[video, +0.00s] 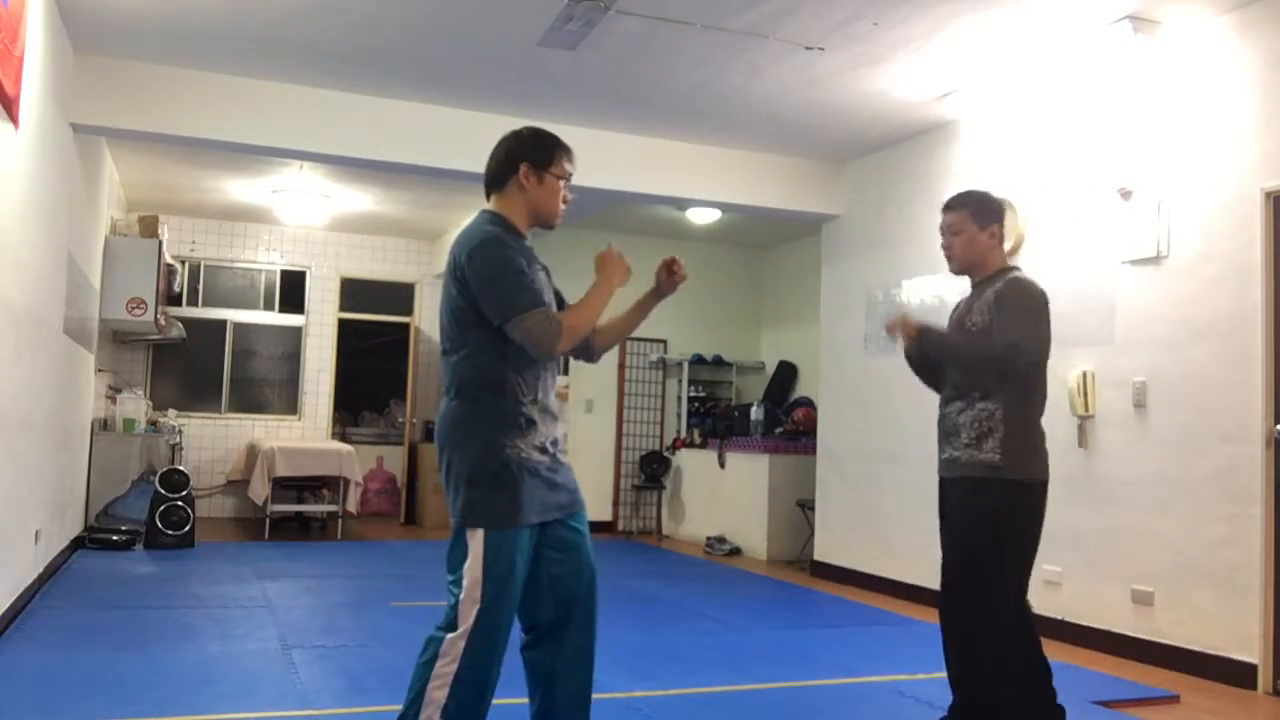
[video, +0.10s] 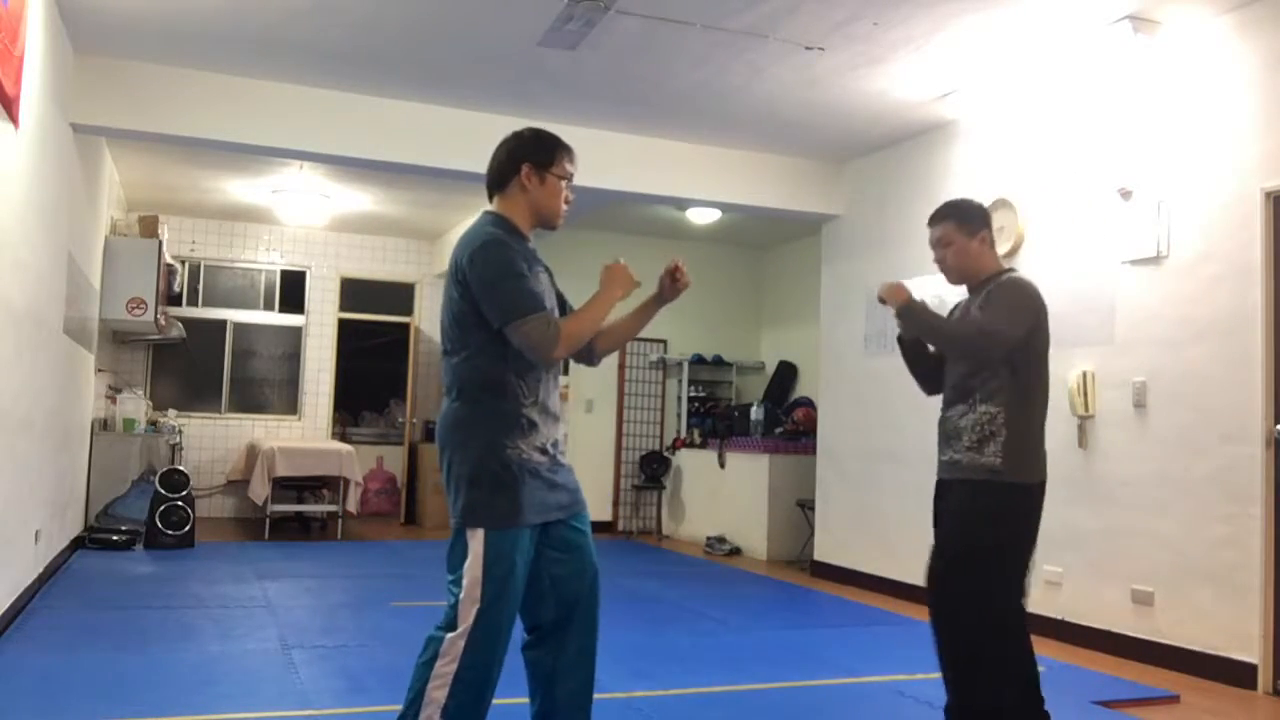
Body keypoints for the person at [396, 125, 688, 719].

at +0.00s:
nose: (569, 194)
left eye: (570, 183)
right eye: (562, 179)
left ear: (527, 180)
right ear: (526, 176)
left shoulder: (527, 258)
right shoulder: (489, 243)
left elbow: (589, 343)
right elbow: (548, 336)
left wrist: (652, 296)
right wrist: (607, 284)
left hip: (543, 458)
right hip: (494, 458)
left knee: (567, 606)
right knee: (476, 623)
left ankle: (562, 715)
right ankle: (431, 715)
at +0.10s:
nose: (571, 194)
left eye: (572, 183)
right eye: (564, 179)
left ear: (529, 180)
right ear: (527, 176)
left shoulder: (529, 259)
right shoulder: (491, 245)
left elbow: (591, 345)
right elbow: (547, 342)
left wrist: (656, 300)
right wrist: (608, 293)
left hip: (544, 460)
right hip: (494, 460)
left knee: (569, 605)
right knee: (477, 622)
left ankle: (563, 715)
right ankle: (431, 715)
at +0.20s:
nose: (575, 196)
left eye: (577, 185)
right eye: (569, 181)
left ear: (532, 182)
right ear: (532, 177)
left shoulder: (532, 260)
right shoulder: (494, 244)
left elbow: (592, 347)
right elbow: (548, 343)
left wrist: (654, 298)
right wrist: (606, 288)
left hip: (545, 461)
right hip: (494, 461)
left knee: (570, 607)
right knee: (477, 622)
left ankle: (563, 715)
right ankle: (430, 715)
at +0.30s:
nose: (578, 197)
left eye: (579, 186)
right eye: (571, 183)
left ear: (536, 183)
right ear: (535, 178)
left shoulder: (536, 261)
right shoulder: (496, 245)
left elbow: (603, 341)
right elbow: (554, 339)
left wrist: (667, 290)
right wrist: (615, 287)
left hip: (544, 457)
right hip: (495, 458)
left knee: (571, 604)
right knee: (479, 620)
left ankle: (563, 715)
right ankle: (429, 716)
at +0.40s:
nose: (581, 199)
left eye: (582, 188)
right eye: (574, 184)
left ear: (539, 184)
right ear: (538, 180)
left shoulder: (540, 263)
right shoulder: (499, 247)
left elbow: (606, 342)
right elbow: (554, 342)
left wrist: (673, 296)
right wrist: (615, 290)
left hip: (546, 459)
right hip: (496, 460)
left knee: (572, 602)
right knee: (481, 620)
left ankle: (563, 715)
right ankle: (430, 716)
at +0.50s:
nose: (583, 204)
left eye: (585, 194)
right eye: (577, 190)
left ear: (540, 189)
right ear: (540, 184)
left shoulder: (540, 267)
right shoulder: (500, 249)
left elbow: (608, 344)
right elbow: (551, 347)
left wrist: (670, 292)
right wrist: (613, 296)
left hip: (541, 459)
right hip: (491, 460)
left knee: (571, 601)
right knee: (480, 619)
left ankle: (564, 715)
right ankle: (427, 716)